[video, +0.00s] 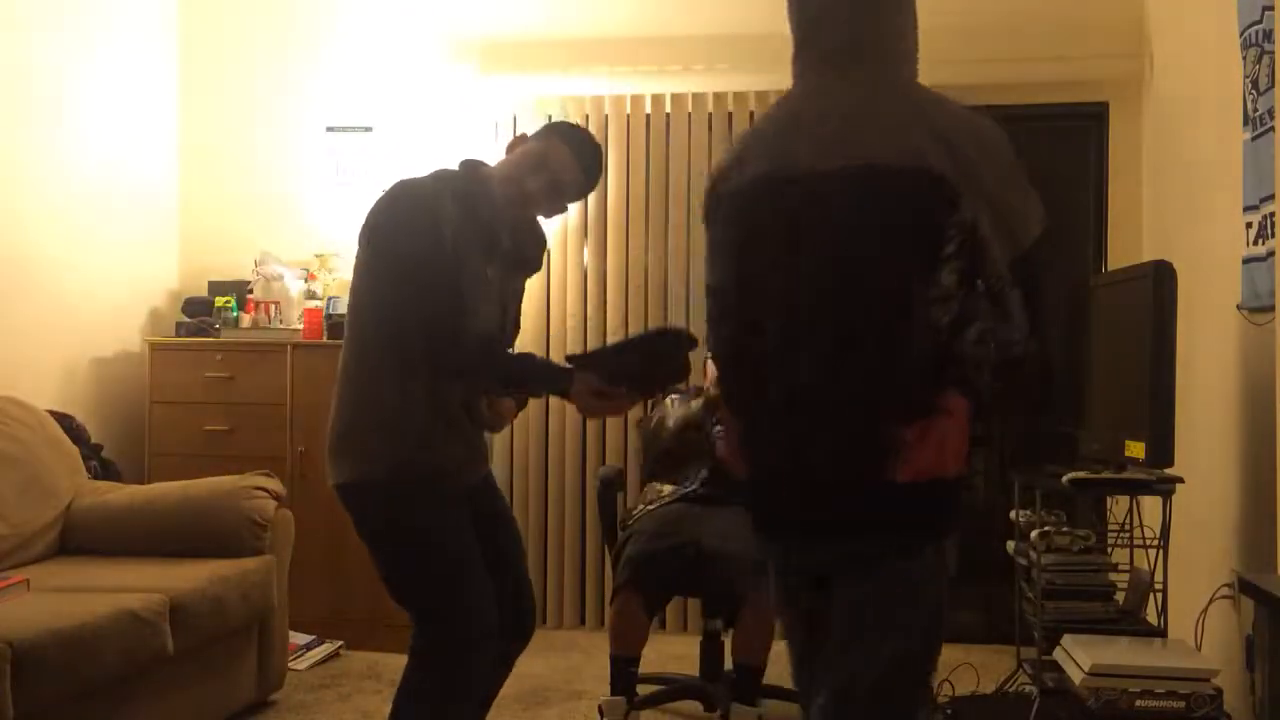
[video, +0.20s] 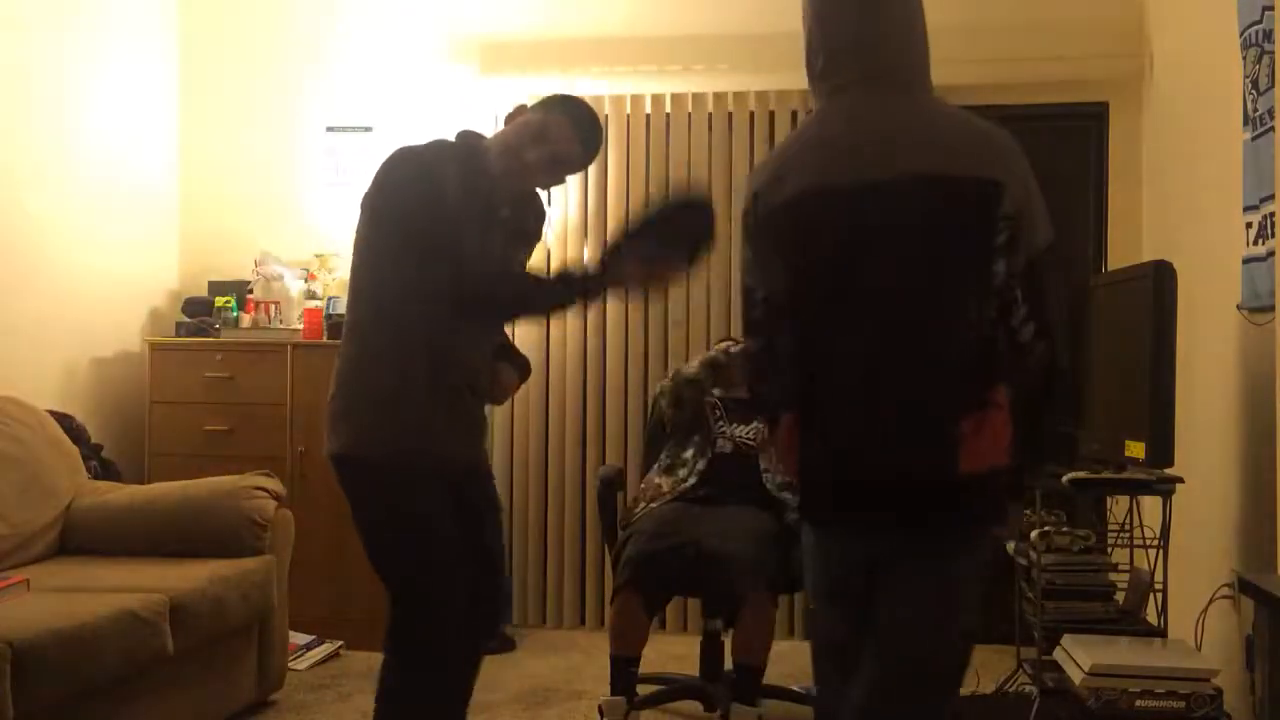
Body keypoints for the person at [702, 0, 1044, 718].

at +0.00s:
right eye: (903, 22)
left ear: (800, 36)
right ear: (902, 31)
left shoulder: (745, 158)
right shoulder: (957, 140)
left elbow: (727, 322)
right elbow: (1010, 298)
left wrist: (744, 419)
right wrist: (960, 400)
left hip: (785, 458)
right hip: (909, 462)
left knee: (818, 670)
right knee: (886, 677)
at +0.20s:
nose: (806, 56)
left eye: (810, 39)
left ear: (819, 44)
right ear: (916, 38)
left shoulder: (780, 176)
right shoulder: (990, 154)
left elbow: (765, 330)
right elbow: (1037, 317)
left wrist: (782, 417)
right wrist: (1011, 401)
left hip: (835, 461)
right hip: (956, 458)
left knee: (840, 667)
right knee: (924, 672)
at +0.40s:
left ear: (842, 58)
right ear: (933, 47)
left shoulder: (805, 188)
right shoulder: (1008, 155)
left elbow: (791, 329)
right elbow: (1064, 310)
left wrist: (812, 418)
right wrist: (1037, 402)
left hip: (864, 479)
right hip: (982, 471)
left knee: (880, 677)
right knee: (982, 678)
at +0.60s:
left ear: (871, 62)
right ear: (959, 52)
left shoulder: (829, 195)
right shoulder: (1018, 169)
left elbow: (811, 348)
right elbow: (1081, 330)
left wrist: (833, 424)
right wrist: (1130, 471)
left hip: (874, 487)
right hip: (991, 483)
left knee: (901, 687)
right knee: (994, 684)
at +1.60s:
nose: (909, 111)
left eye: (910, 98)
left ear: (911, 106)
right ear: (983, 112)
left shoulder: (868, 212)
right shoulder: (1022, 219)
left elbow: (845, 334)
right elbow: (1045, 343)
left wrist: (863, 414)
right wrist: (1034, 429)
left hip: (899, 458)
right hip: (991, 458)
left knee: (869, 633)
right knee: (982, 642)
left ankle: (875, 713)